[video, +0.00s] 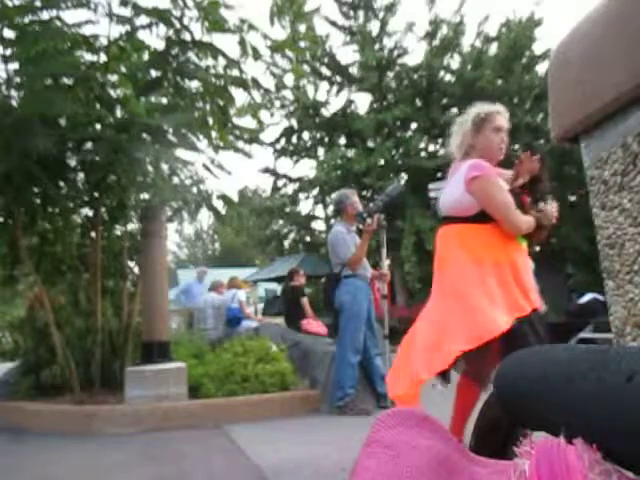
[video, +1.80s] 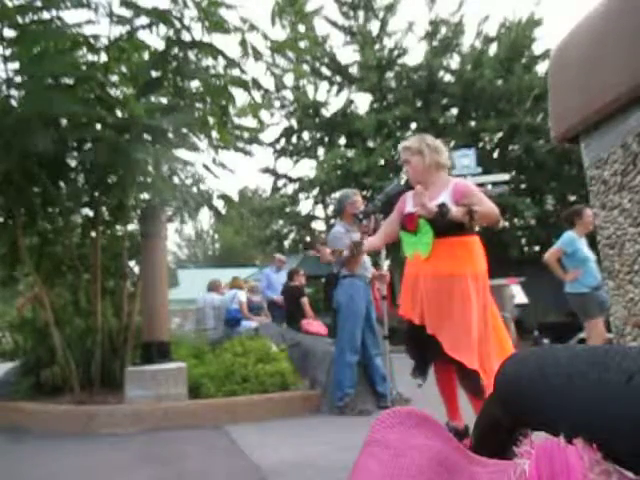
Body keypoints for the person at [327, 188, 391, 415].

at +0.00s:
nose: (361, 207)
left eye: (359, 203)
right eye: (356, 203)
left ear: (351, 207)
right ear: (346, 207)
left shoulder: (352, 233)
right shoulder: (338, 233)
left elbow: (358, 264)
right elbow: (353, 262)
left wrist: (374, 274)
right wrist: (367, 236)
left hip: (363, 284)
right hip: (350, 284)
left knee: (370, 342)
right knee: (351, 342)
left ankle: (384, 392)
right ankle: (344, 397)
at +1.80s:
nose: (362, 207)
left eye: (361, 202)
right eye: (358, 203)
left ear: (353, 207)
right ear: (347, 207)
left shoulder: (356, 231)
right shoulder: (337, 233)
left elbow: (360, 262)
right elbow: (350, 261)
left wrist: (374, 274)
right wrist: (361, 238)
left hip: (364, 283)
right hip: (350, 283)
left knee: (371, 342)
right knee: (349, 344)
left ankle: (385, 393)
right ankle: (343, 398)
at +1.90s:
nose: (361, 206)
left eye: (361, 202)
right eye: (357, 202)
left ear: (354, 207)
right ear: (346, 207)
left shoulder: (357, 231)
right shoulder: (337, 234)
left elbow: (366, 258)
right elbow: (346, 261)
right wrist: (362, 238)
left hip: (364, 285)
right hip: (347, 287)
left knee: (371, 342)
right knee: (348, 345)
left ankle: (384, 392)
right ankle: (343, 397)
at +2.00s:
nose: (361, 206)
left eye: (361, 202)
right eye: (357, 202)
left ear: (357, 207)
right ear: (346, 207)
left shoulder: (357, 231)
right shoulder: (337, 233)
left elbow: (365, 262)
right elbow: (348, 263)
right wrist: (362, 238)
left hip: (366, 282)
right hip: (348, 283)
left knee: (372, 342)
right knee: (348, 343)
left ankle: (385, 392)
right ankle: (344, 397)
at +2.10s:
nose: (362, 206)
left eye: (362, 202)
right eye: (357, 202)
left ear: (354, 207)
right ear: (346, 207)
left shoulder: (357, 232)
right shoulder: (337, 233)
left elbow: (363, 263)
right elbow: (347, 263)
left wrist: (376, 273)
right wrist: (360, 238)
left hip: (365, 283)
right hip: (349, 283)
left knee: (372, 341)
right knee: (348, 343)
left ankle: (385, 392)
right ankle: (343, 397)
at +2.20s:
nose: (361, 209)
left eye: (361, 205)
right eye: (356, 205)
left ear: (358, 207)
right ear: (345, 208)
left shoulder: (359, 231)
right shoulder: (337, 233)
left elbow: (367, 261)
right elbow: (347, 262)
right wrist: (359, 237)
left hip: (366, 282)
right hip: (349, 283)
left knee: (368, 338)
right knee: (347, 342)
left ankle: (377, 388)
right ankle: (344, 396)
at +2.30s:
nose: (354, 209)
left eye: (354, 205)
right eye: (351, 205)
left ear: (350, 208)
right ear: (343, 208)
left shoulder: (354, 229)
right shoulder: (336, 232)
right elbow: (343, 260)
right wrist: (359, 245)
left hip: (359, 279)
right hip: (345, 281)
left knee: (355, 339)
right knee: (344, 340)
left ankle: (354, 392)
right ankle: (340, 395)